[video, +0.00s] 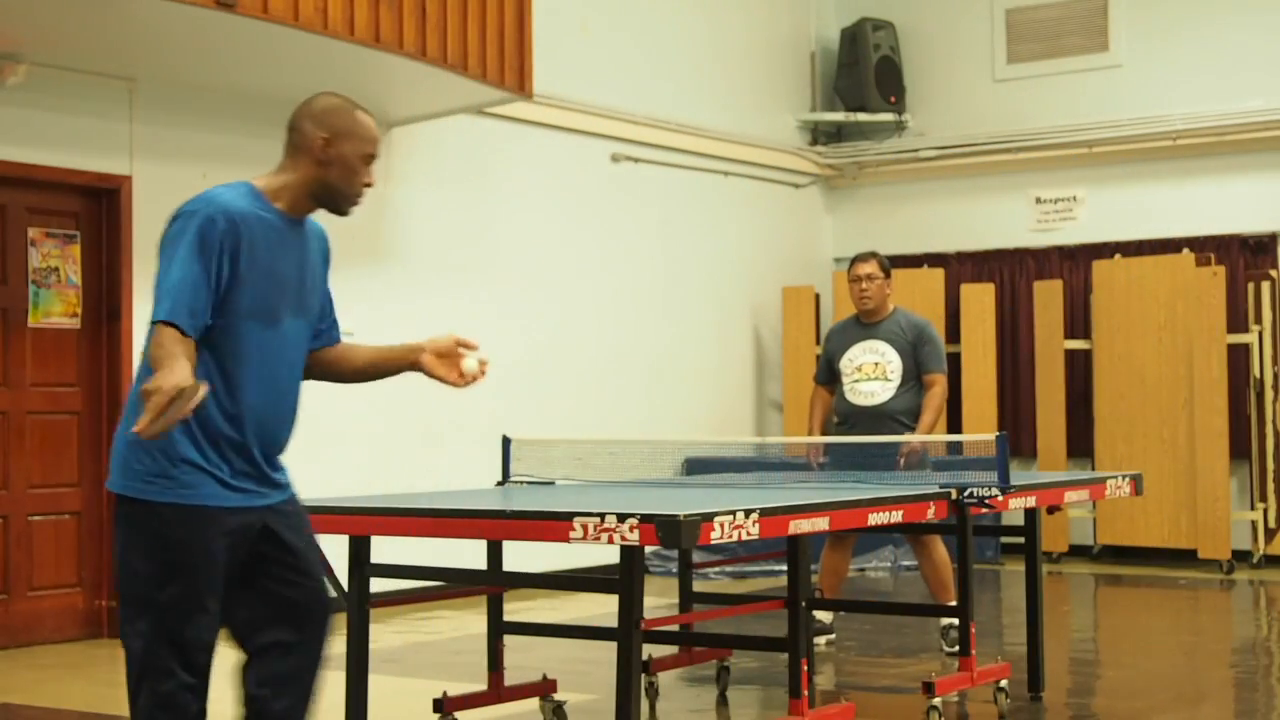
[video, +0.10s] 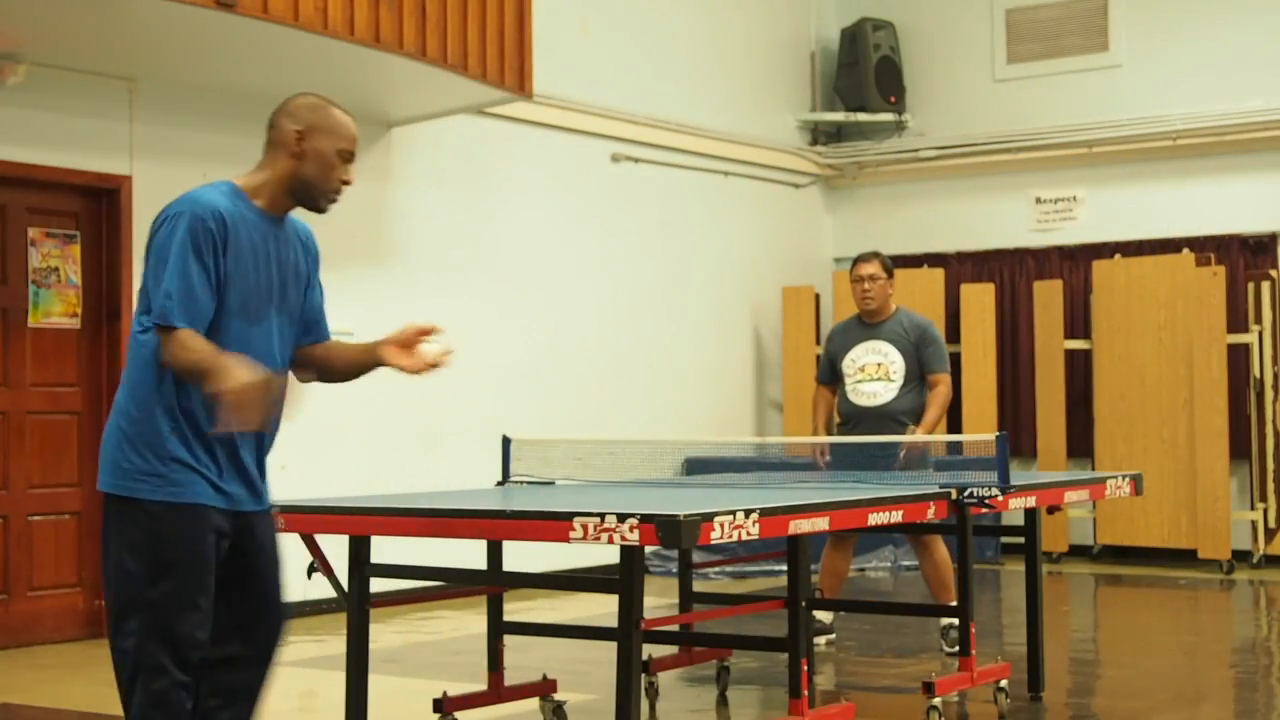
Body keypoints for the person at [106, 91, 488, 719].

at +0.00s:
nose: (370, 179)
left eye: (372, 164)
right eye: (364, 161)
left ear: (322, 150)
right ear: (319, 146)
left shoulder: (311, 243)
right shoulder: (214, 217)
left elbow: (316, 355)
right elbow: (170, 330)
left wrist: (416, 354)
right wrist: (177, 374)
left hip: (258, 482)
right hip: (174, 478)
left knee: (298, 618)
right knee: (172, 669)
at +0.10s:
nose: (348, 177)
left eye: (352, 162)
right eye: (341, 158)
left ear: (296, 145)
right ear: (293, 141)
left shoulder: (299, 243)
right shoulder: (198, 217)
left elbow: (309, 357)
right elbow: (174, 339)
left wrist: (378, 351)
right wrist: (231, 368)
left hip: (239, 480)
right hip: (160, 475)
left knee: (250, 634)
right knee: (167, 656)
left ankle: (216, 716)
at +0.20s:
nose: (334, 173)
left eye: (337, 159)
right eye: (327, 154)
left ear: (282, 147)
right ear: (280, 141)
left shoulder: (288, 240)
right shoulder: (193, 217)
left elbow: (283, 350)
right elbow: (198, 345)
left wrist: (335, 367)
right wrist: (316, 341)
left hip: (224, 477)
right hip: (156, 470)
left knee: (207, 649)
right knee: (164, 658)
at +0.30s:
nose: (326, 169)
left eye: (327, 154)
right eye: (318, 152)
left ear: (276, 145)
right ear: (273, 142)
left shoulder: (272, 240)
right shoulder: (197, 215)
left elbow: (267, 340)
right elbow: (234, 340)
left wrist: (292, 388)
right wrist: (346, 303)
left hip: (214, 479)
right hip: (158, 473)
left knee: (184, 664)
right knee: (165, 671)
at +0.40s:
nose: (320, 171)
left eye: (320, 155)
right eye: (313, 154)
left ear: (271, 150)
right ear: (274, 149)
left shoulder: (225, 222)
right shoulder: (216, 219)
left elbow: (216, 355)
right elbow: (266, 339)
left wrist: (281, 412)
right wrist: (354, 289)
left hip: (181, 471)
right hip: (170, 472)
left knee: (174, 646)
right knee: (207, 633)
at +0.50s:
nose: (318, 171)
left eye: (319, 157)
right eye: (313, 155)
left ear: (259, 155)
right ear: (276, 152)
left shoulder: (212, 219)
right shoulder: (238, 223)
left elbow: (202, 356)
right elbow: (290, 344)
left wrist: (278, 418)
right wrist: (371, 303)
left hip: (160, 466)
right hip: (188, 470)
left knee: (176, 638)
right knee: (248, 622)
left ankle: (157, 715)